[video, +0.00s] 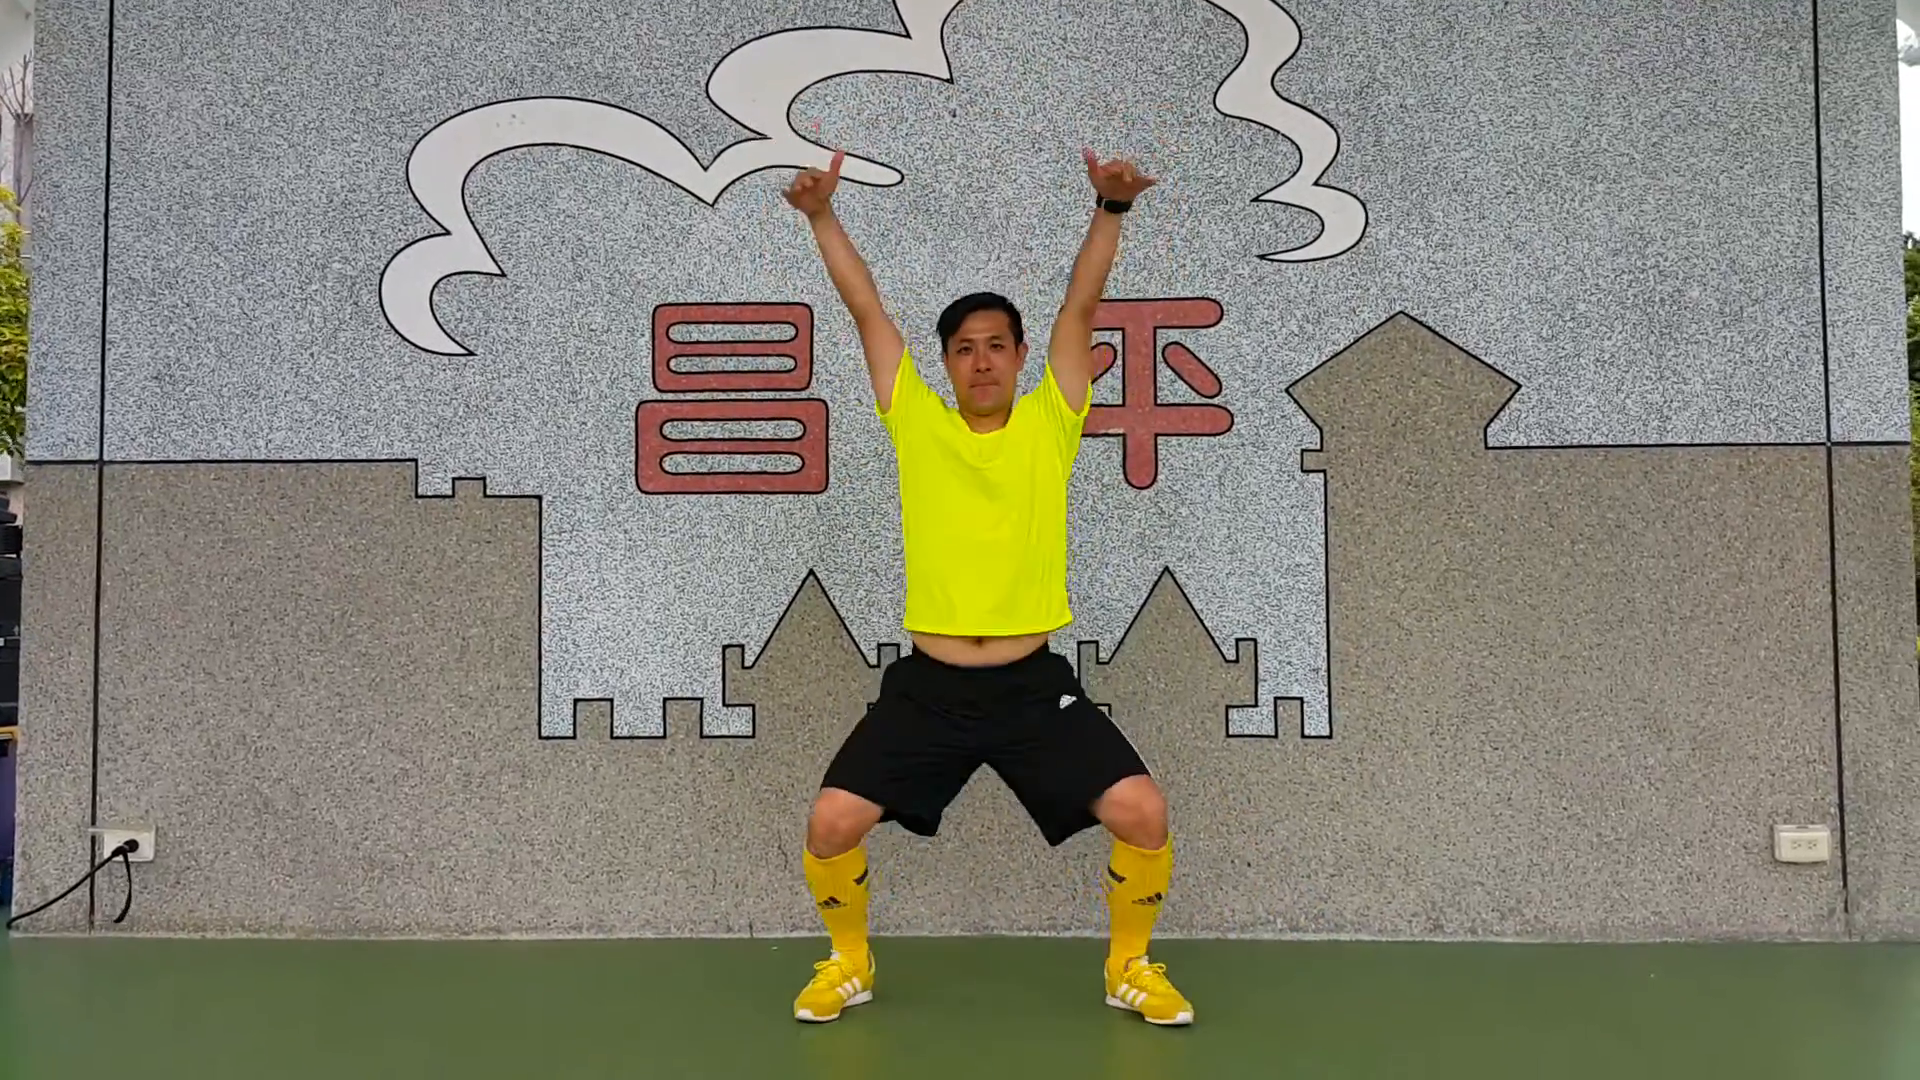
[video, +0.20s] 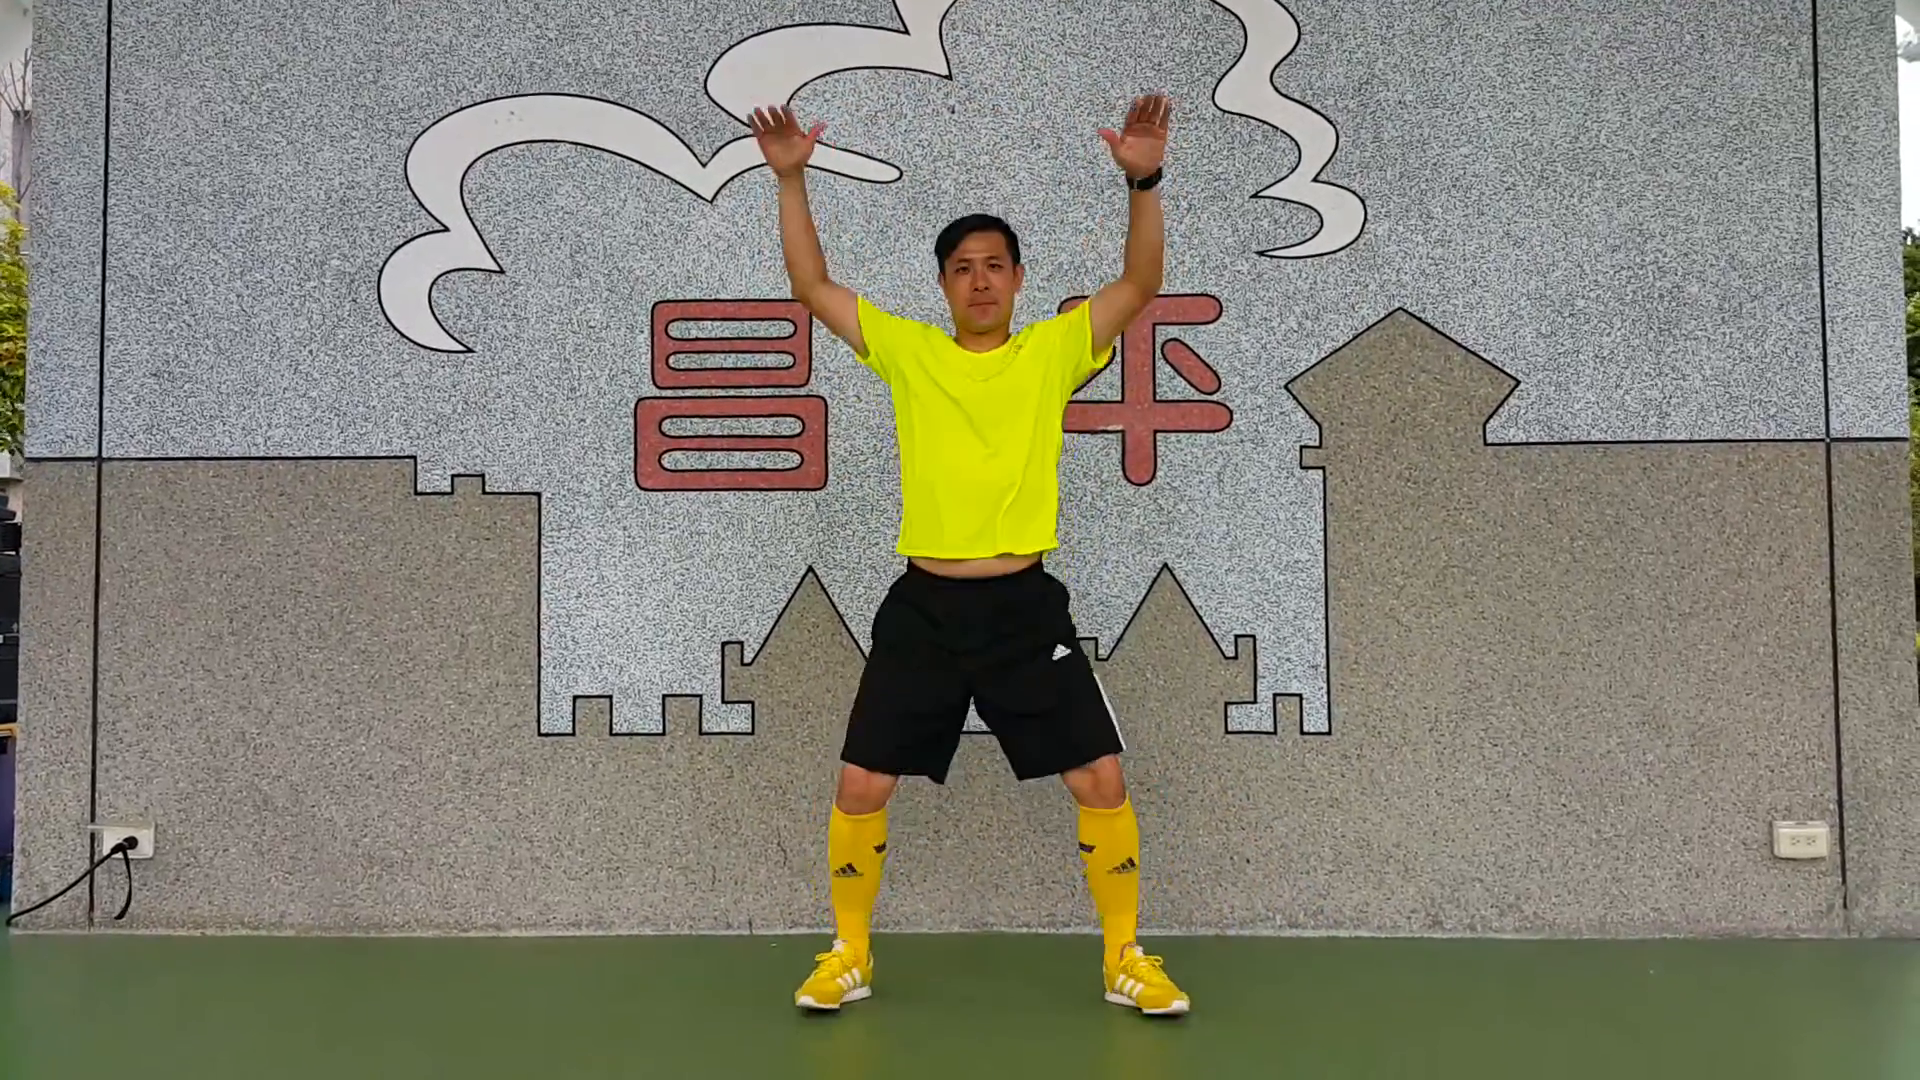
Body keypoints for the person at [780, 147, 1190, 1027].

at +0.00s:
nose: (981, 358)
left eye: (995, 346)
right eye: (966, 348)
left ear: (1022, 360)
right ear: (946, 365)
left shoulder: (1051, 429)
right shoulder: (917, 427)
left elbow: (1081, 311)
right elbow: (867, 315)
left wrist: (1110, 209)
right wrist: (821, 215)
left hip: (1036, 687)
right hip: (927, 689)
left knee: (1142, 812)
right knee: (830, 822)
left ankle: (1129, 968)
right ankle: (850, 964)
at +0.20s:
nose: (981, 280)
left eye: (995, 267)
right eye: (965, 268)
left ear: (1018, 282)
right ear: (942, 285)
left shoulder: (1055, 349)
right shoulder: (906, 350)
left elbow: (1140, 283)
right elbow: (812, 283)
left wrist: (1144, 180)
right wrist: (790, 176)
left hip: (1027, 606)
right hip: (922, 606)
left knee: (1101, 779)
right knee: (860, 784)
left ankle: (1124, 961)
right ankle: (849, 957)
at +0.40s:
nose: (975, 241)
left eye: (991, 229)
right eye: (960, 231)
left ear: (1015, 247)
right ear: (939, 252)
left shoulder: (1053, 333)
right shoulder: (904, 338)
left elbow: (1137, 403)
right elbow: (803, 395)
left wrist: (1160, 314)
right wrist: (780, 298)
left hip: (1024, 579)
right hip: (921, 580)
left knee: (1068, 765)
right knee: (887, 764)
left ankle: (1122, 949)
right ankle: (848, 951)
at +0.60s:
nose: (975, 248)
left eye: (990, 234)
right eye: (958, 236)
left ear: (1014, 251)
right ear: (940, 257)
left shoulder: (1059, 337)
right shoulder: (905, 344)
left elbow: (1158, 357)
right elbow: (793, 365)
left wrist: (1165, 271)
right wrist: (783, 275)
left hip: (1027, 587)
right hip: (924, 587)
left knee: (1076, 769)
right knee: (885, 764)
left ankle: (1121, 953)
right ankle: (847, 951)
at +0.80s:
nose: (977, 298)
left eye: (992, 283)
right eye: (960, 286)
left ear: (1017, 294)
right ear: (939, 301)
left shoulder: (1052, 362)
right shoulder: (912, 367)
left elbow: (1106, 253)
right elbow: (836, 264)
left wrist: (1137, 143)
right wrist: (793, 159)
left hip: (1037, 627)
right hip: (931, 632)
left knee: (1115, 799)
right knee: (846, 796)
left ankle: (1124, 961)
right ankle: (848, 956)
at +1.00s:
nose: (984, 344)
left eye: (998, 331)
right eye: (967, 333)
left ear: (1020, 342)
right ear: (944, 347)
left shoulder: (1047, 411)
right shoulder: (914, 412)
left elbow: (1085, 301)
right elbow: (857, 305)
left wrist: (1111, 198)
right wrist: (817, 201)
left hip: (1031, 670)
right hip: (923, 673)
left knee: (1127, 811)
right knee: (834, 817)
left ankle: (1125, 961)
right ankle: (848, 957)